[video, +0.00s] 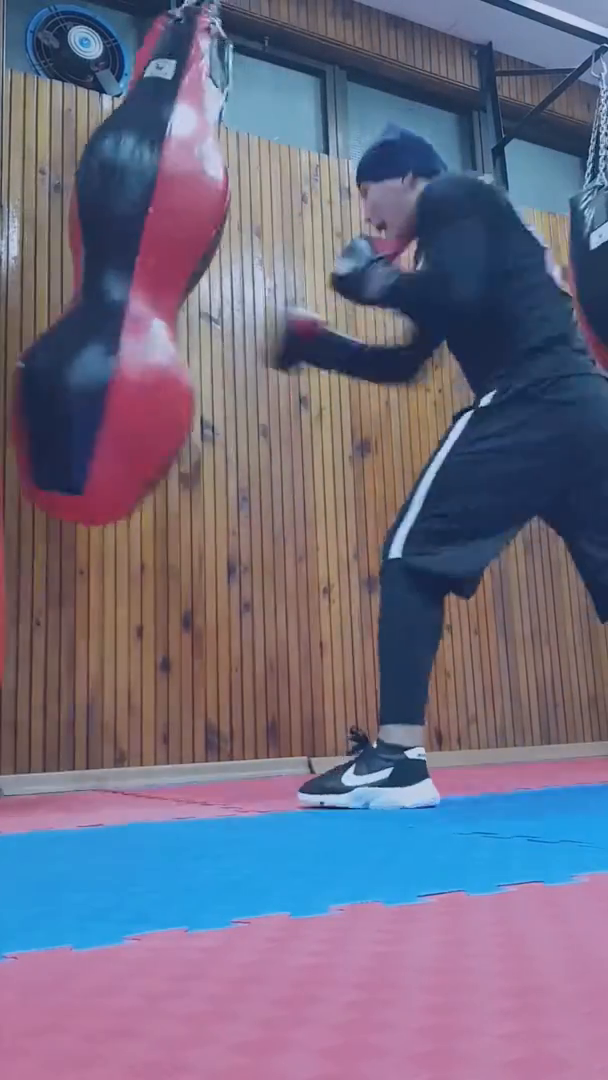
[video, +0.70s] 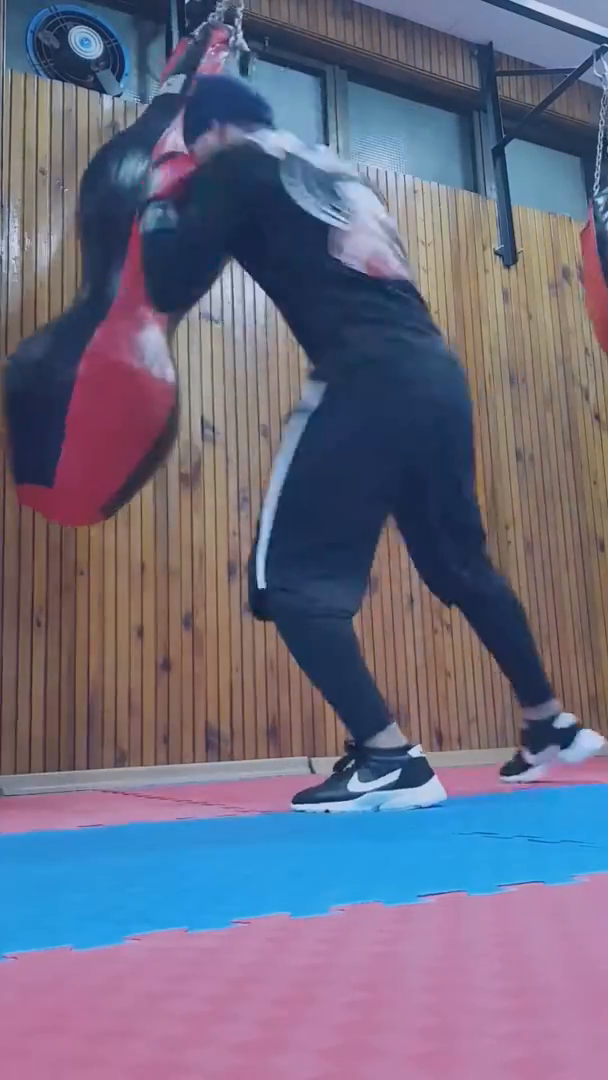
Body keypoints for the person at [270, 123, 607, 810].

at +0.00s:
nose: (369, 216)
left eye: (374, 196)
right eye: (364, 201)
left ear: (411, 179)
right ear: (409, 189)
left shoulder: (452, 193)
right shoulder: (454, 238)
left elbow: (456, 292)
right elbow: (403, 365)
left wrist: (379, 281)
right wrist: (316, 343)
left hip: (529, 407)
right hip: (583, 407)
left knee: (411, 560)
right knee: (602, 582)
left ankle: (397, 754)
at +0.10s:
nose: (381, 247)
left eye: (385, 236)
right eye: (378, 237)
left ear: (410, 224)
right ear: (450, 217)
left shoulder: (415, 250)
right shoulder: (519, 254)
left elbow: (341, 305)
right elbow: (530, 380)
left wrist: (278, 338)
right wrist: (430, 392)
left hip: (511, 436)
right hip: (596, 438)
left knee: (380, 579)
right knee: (606, 604)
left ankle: (388, 752)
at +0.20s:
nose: (363, 257)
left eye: (367, 245)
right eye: (362, 245)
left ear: (396, 239)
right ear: (436, 235)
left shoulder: (393, 272)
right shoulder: (528, 273)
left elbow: (298, 316)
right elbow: (598, 346)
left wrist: (218, 345)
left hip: (505, 455)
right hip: (590, 457)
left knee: (367, 583)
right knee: (598, 616)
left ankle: (382, 750)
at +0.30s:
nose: (307, 213)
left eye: (315, 198)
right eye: (305, 198)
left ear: (351, 188)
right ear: (376, 189)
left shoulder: (381, 224)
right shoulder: (429, 236)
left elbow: (378, 263)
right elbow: (524, 333)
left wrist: (299, 257)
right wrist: (527, 409)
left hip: (477, 418)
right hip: (533, 419)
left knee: (357, 563)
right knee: (580, 593)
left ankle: (373, 752)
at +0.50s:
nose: (242, 167)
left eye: (251, 148)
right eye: (237, 152)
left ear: (296, 138)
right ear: (280, 148)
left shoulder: (378, 163)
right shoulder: (307, 244)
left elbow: (414, 241)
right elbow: (297, 352)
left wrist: (321, 201)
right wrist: (202, 322)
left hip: (460, 373)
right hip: (448, 385)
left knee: (370, 537)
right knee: (459, 575)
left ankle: (395, 752)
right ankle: (563, 733)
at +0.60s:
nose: (223, 185)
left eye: (228, 165)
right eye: (219, 171)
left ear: (269, 154)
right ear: (273, 162)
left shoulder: (326, 187)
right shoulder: (324, 217)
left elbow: (276, 280)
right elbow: (344, 348)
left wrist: (206, 239)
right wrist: (257, 310)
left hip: (421, 401)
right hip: (452, 403)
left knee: (318, 562)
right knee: (462, 590)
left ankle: (390, 750)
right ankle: (569, 733)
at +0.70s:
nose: (188, 153)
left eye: (191, 140)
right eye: (188, 142)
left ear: (213, 131)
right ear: (261, 121)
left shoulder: (233, 170)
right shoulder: (332, 170)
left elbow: (170, 288)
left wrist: (160, 204)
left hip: (364, 384)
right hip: (437, 377)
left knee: (291, 583)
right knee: (458, 563)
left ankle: (385, 753)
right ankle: (548, 722)